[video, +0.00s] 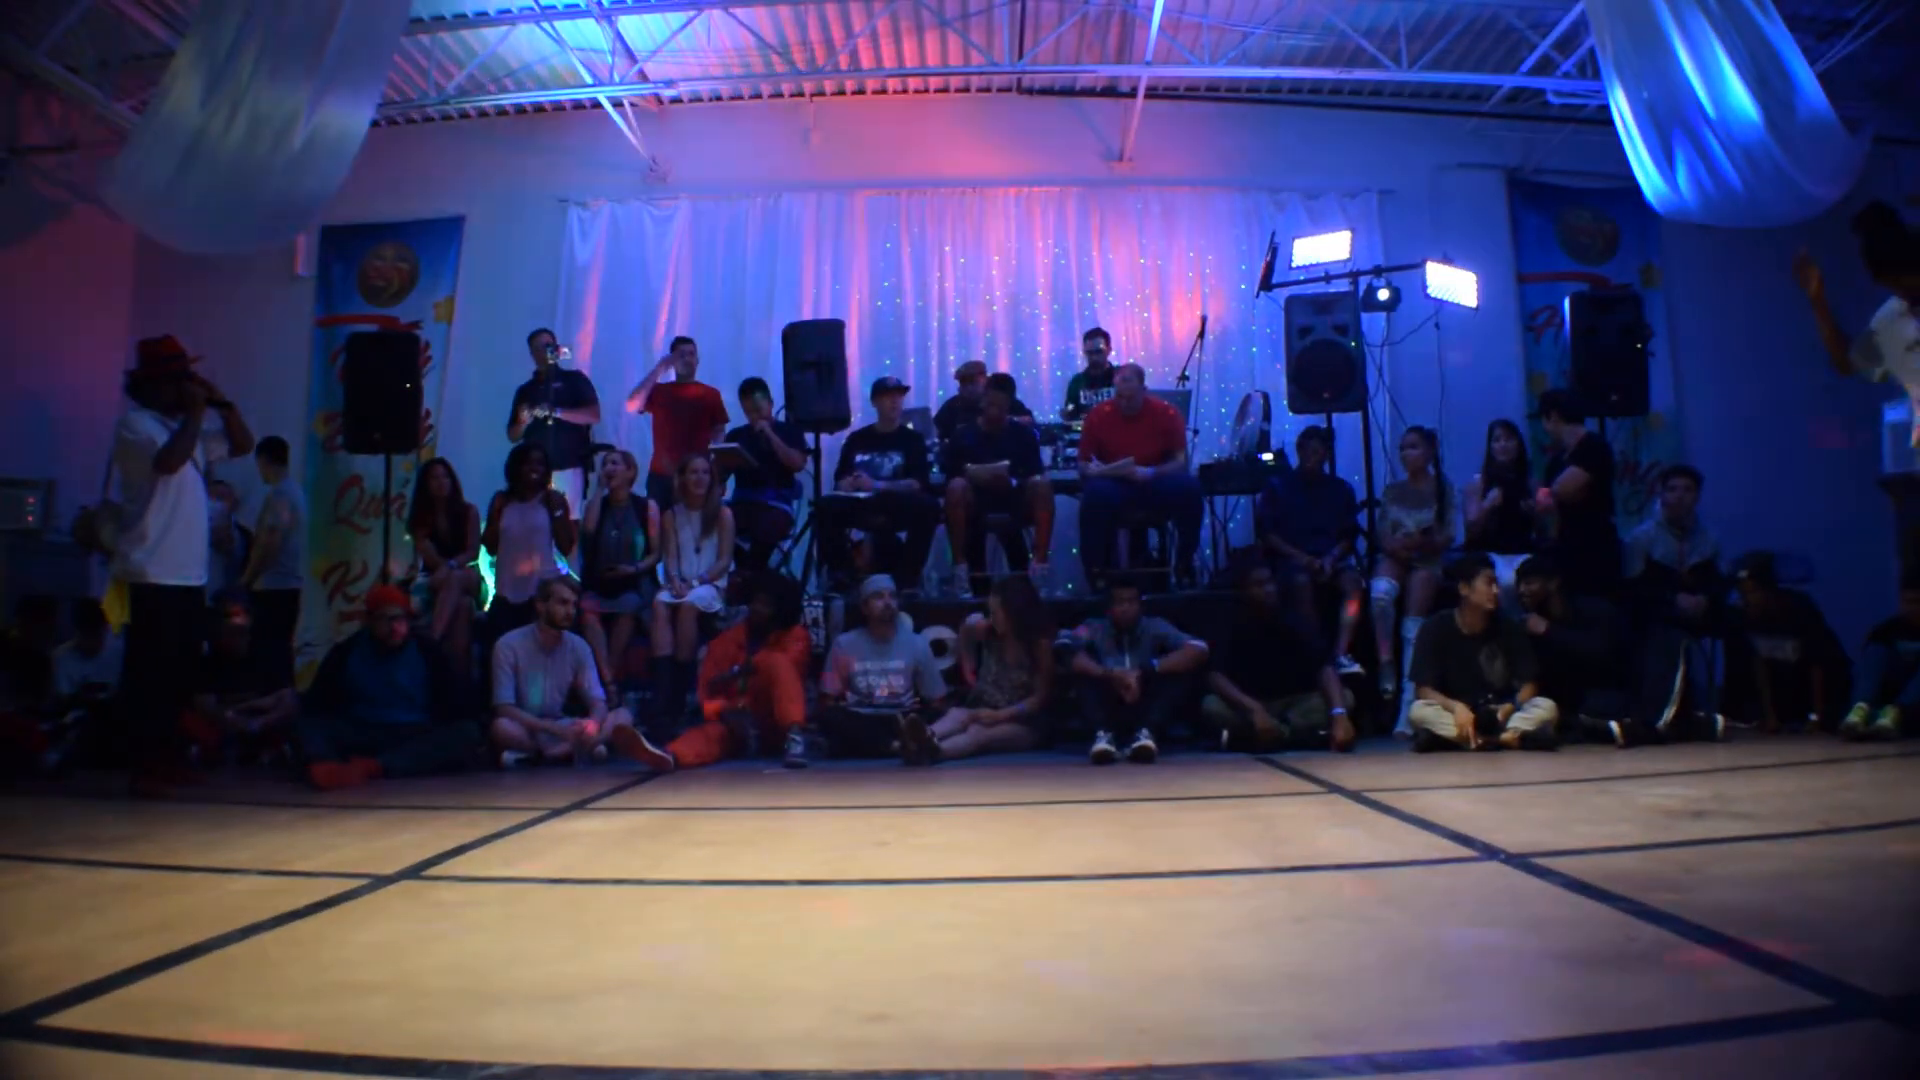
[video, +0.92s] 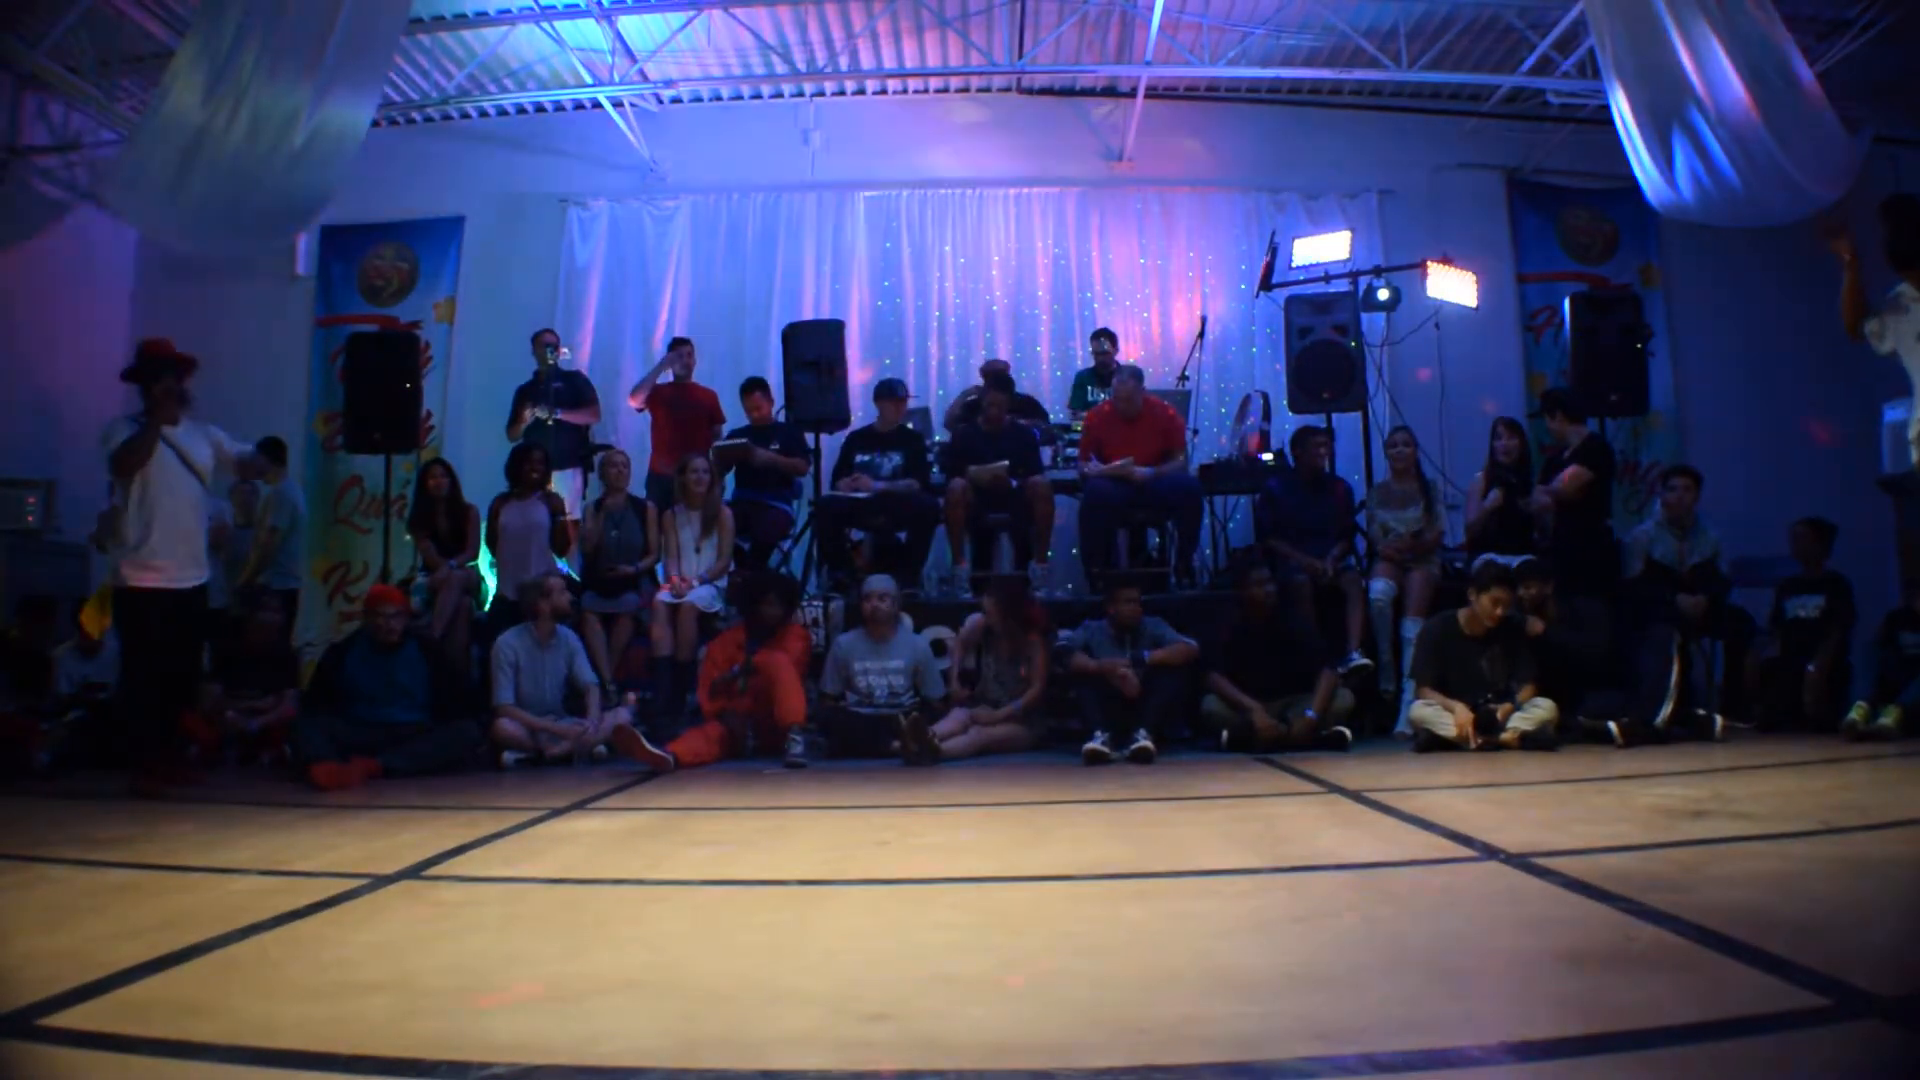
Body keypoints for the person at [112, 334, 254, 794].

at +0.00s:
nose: (185, 389)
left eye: (186, 381)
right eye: (177, 381)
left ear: (179, 386)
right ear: (155, 386)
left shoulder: (182, 431)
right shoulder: (134, 425)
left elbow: (241, 445)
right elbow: (167, 462)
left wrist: (223, 403)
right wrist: (194, 412)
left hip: (187, 577)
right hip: (153, 577)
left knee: (181, 678)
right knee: (151, 678)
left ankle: (172, 761)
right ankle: (146, 767)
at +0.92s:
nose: (182, 389)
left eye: (184, 381)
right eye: (171, 382)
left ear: (186, 387)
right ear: (147, 387)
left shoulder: (202, 435)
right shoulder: (125, 431)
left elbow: (256, 463)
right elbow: (124, 468)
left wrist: (250, 469)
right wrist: (156, 421)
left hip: (191, 585)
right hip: (142, 585)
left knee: (184, 685)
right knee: (144, 685)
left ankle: (177, 763)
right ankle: (143, 769)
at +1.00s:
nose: (178, 391)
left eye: (181, 383)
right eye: (167, 384)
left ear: (186, 388)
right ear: (147, 390)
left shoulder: (208, 437)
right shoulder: (128, 434)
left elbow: (250, 476)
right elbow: (119, 470)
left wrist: (241, 510)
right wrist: (152, 421)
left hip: (193, 583)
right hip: (141, 583)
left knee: (186, 680)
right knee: (143, 681)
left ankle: (183, 760)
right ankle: (143, 765)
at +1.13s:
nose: (173, 393)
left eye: (178, 385)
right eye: (163, 386)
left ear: (185, 388)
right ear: (144, 391)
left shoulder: (207, 437)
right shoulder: (128, 434)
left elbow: (241, 491)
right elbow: (117, 471)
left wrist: (240, 526)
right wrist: (150, 422)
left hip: (194, 585)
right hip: (142, 584)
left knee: (185, 681)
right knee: (143, 682)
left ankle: (177, 761)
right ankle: (142, 765)